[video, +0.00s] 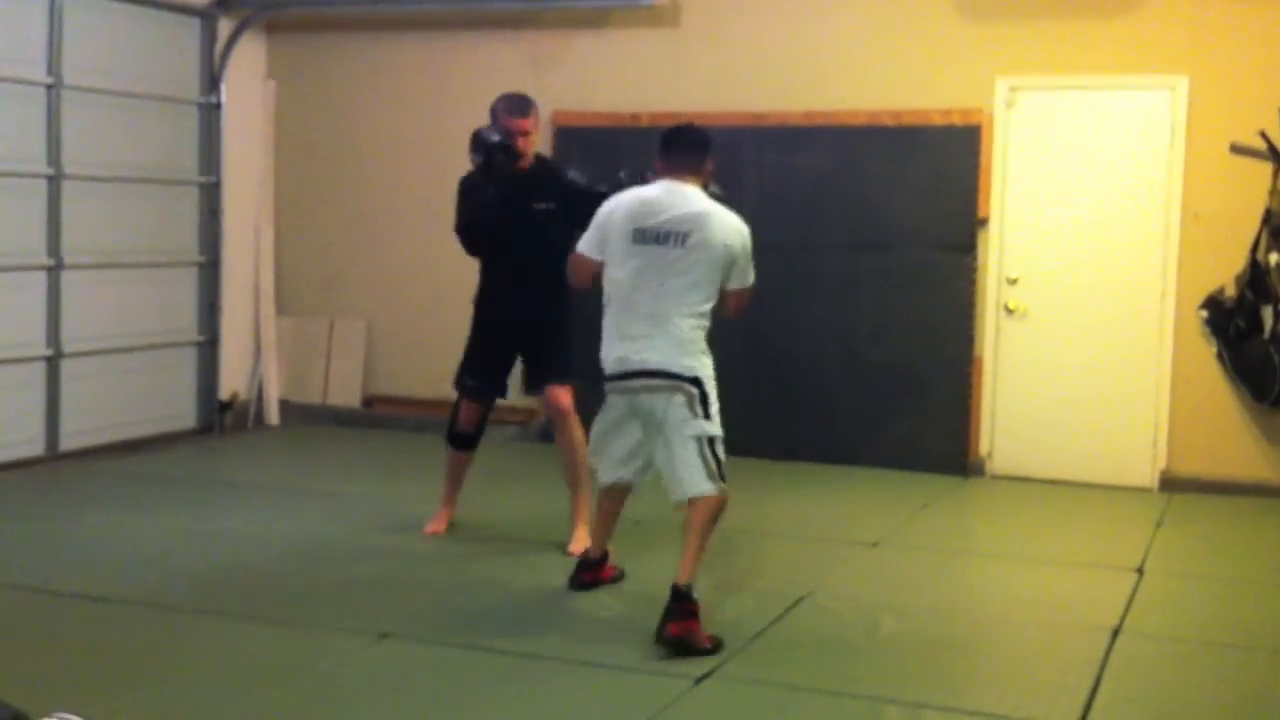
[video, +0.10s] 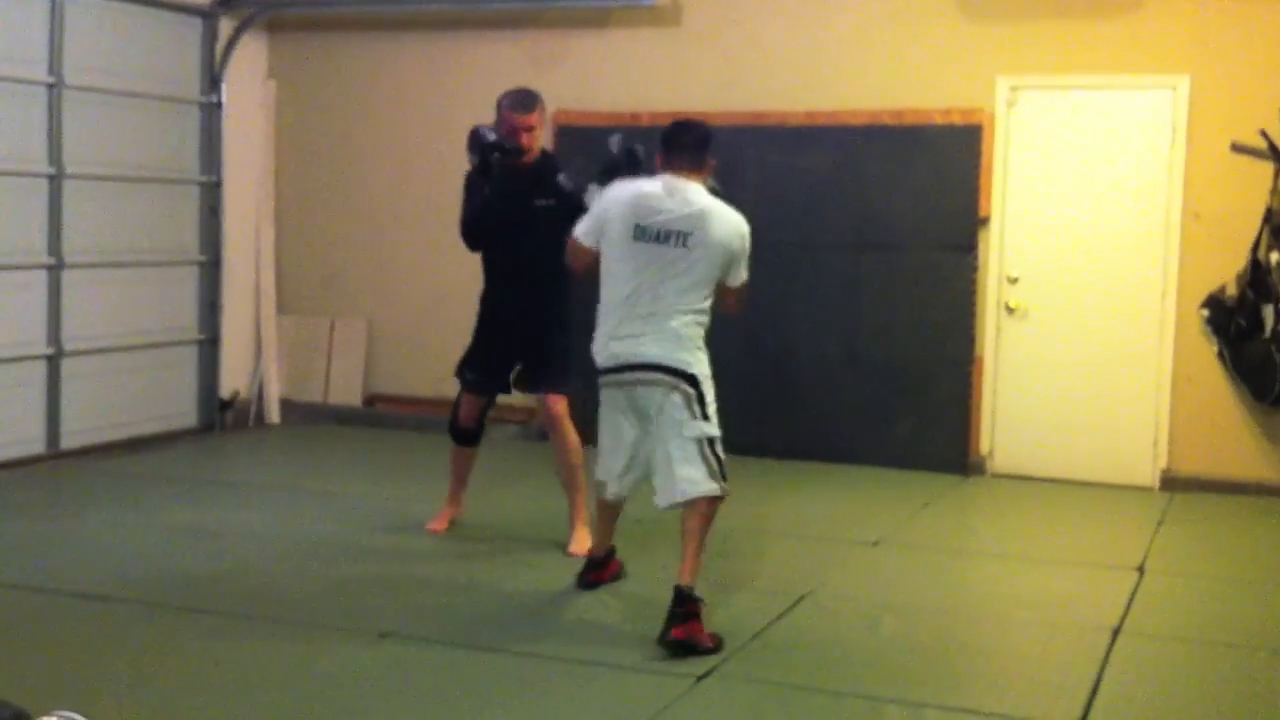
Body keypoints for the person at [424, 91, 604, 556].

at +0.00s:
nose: (520, 143)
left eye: (527, 134)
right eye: (511, 135)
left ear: (538, 132)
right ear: (494, 133)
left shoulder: (555, 180)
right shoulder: (478, 184)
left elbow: (600, 212)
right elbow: (473, 242)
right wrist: (491, 179)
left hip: (549, 308)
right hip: (497, 308)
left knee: (560, 402)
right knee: (470, 409)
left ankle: (581, 521)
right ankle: (446, 507)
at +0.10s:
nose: (522, 139)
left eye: (530, 129)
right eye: (513, 130)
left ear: (543, 127)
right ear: (498, 128)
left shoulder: (558, 175)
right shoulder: (486, 175)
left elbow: (583, 229)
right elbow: (473, 238)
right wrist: (488, 177)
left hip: (550, 306)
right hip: (500, 306)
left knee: (556, 409)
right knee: (469, 408)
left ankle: (579, 522)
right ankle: (453, 503)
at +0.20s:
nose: (531, 137)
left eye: (540, 129)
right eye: (524, 127)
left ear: (557, 128)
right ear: (512, 124)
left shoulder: (573, 180)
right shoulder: (500, 171)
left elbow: (589, 253)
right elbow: (473, 236)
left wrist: (570, 215)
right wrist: (484, 178)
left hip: (553, 310)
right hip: (503, 306)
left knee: (553, 413)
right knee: (465, 407)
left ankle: (578, 523)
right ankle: (477, 496)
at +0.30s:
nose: (542, 138)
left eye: (552, 131)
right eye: (536, 128)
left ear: (568, 133)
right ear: (523, 123)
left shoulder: (577, 181)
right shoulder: (502, 168)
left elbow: (595, 244)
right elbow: (466, 228)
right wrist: (481, 181)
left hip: (553, 310)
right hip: (500, 305)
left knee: (555, 414)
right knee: (473, 409)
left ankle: (576, 518)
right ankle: (490, 499)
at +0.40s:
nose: (544, 143)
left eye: (554, 137)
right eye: (539, 133)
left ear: (570, 138)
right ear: (526, 128)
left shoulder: (578, 181)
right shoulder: (498, 170)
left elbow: (601, 240)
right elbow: (452, 228)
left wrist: (599, 180)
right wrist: (472, 183)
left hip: (551, 313)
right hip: (495, 310)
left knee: (550, 416)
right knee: (480, 414)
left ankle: (576, 520)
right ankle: (490, 506)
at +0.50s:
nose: (535, 140)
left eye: (545, 133)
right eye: (529, 129)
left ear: (560, 135)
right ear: (515, 126)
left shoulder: (567, 182)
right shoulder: (490, 171)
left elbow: (586, 240)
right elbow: (448, 228)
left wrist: (597, 184)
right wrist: (476, 172)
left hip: (544, 307)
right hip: (490, 305)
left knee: (543, 401)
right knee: (480, 409)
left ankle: (572, 507)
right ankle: (490, 503)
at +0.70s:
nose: (526, 142)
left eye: (534, 133)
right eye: (518, 132)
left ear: (548, 133)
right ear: (500, 130)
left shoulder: (563, 179)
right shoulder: (480, 175)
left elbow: (576, 244)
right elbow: (462, 243)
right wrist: (480, 185)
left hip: (543, 309)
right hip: (491, 308)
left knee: (544, 410)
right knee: (483, 409)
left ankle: (572, 515)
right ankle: (491, 506)